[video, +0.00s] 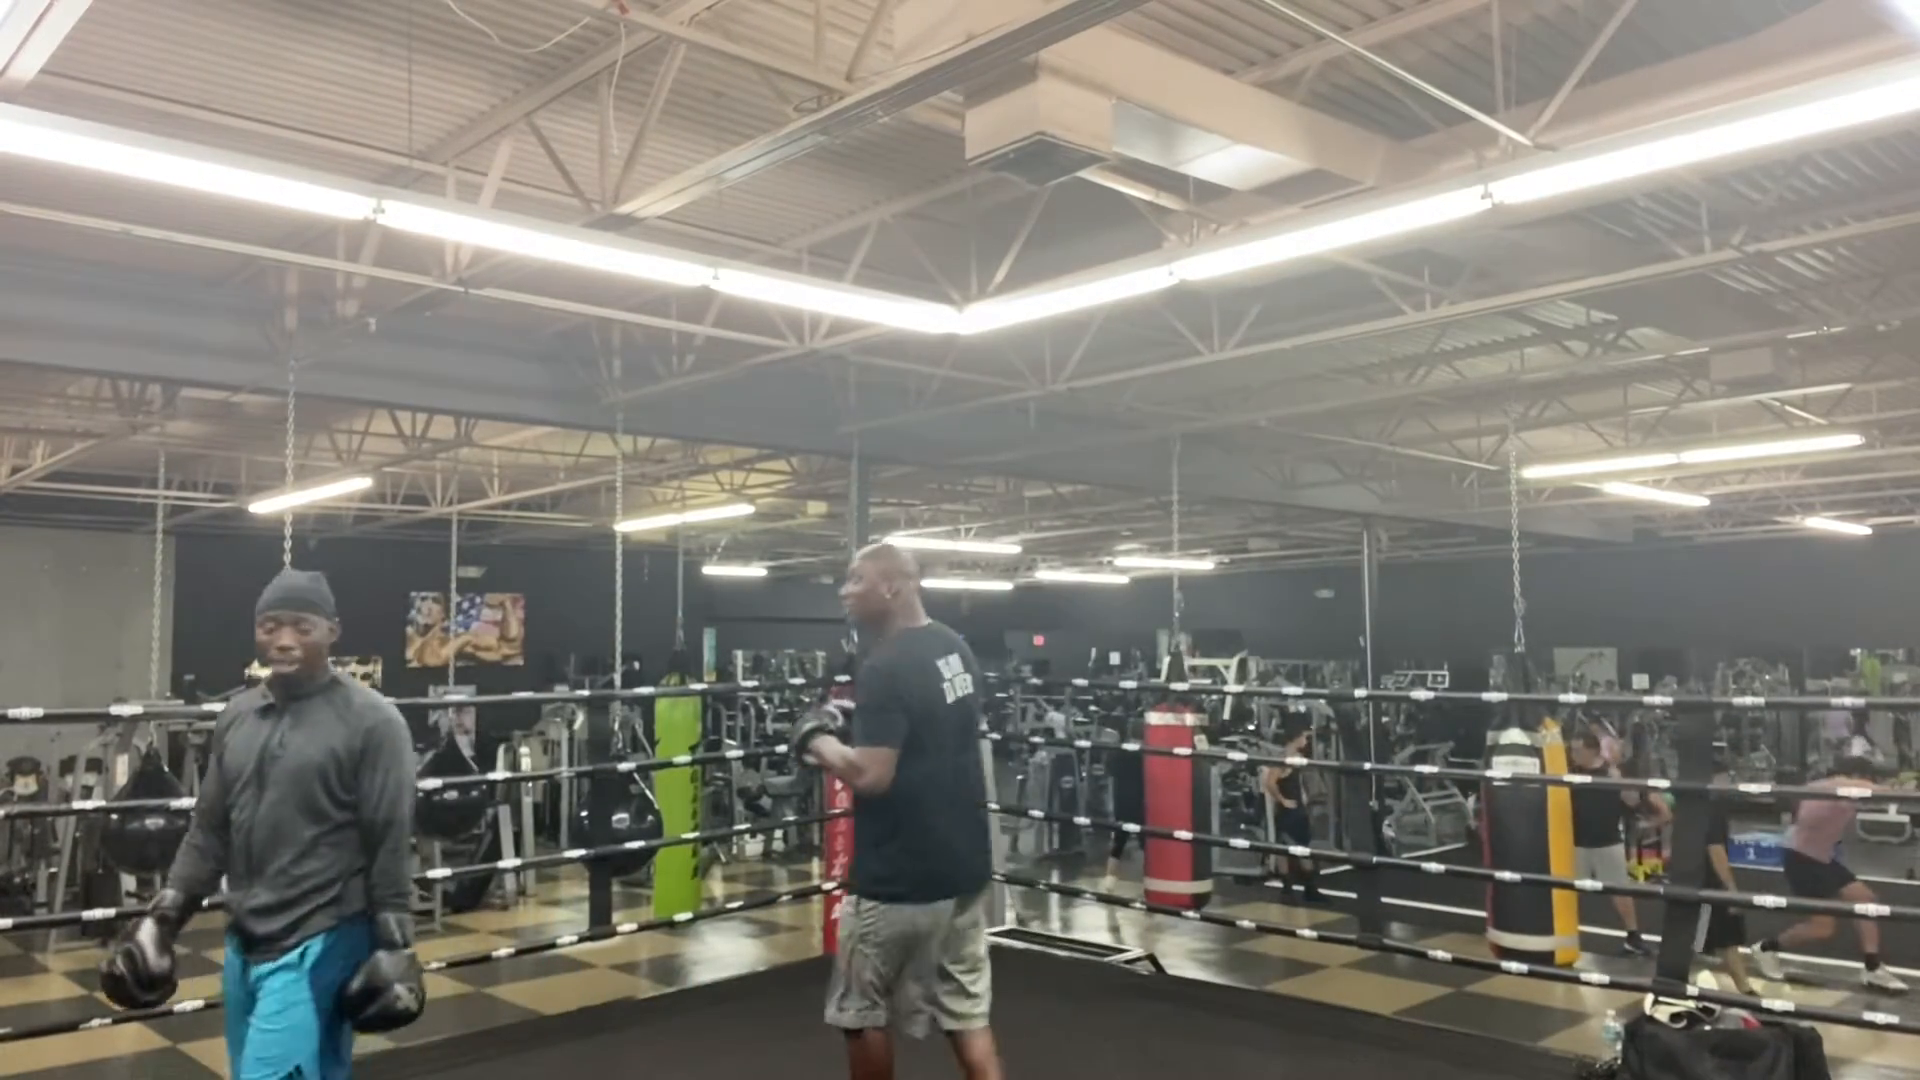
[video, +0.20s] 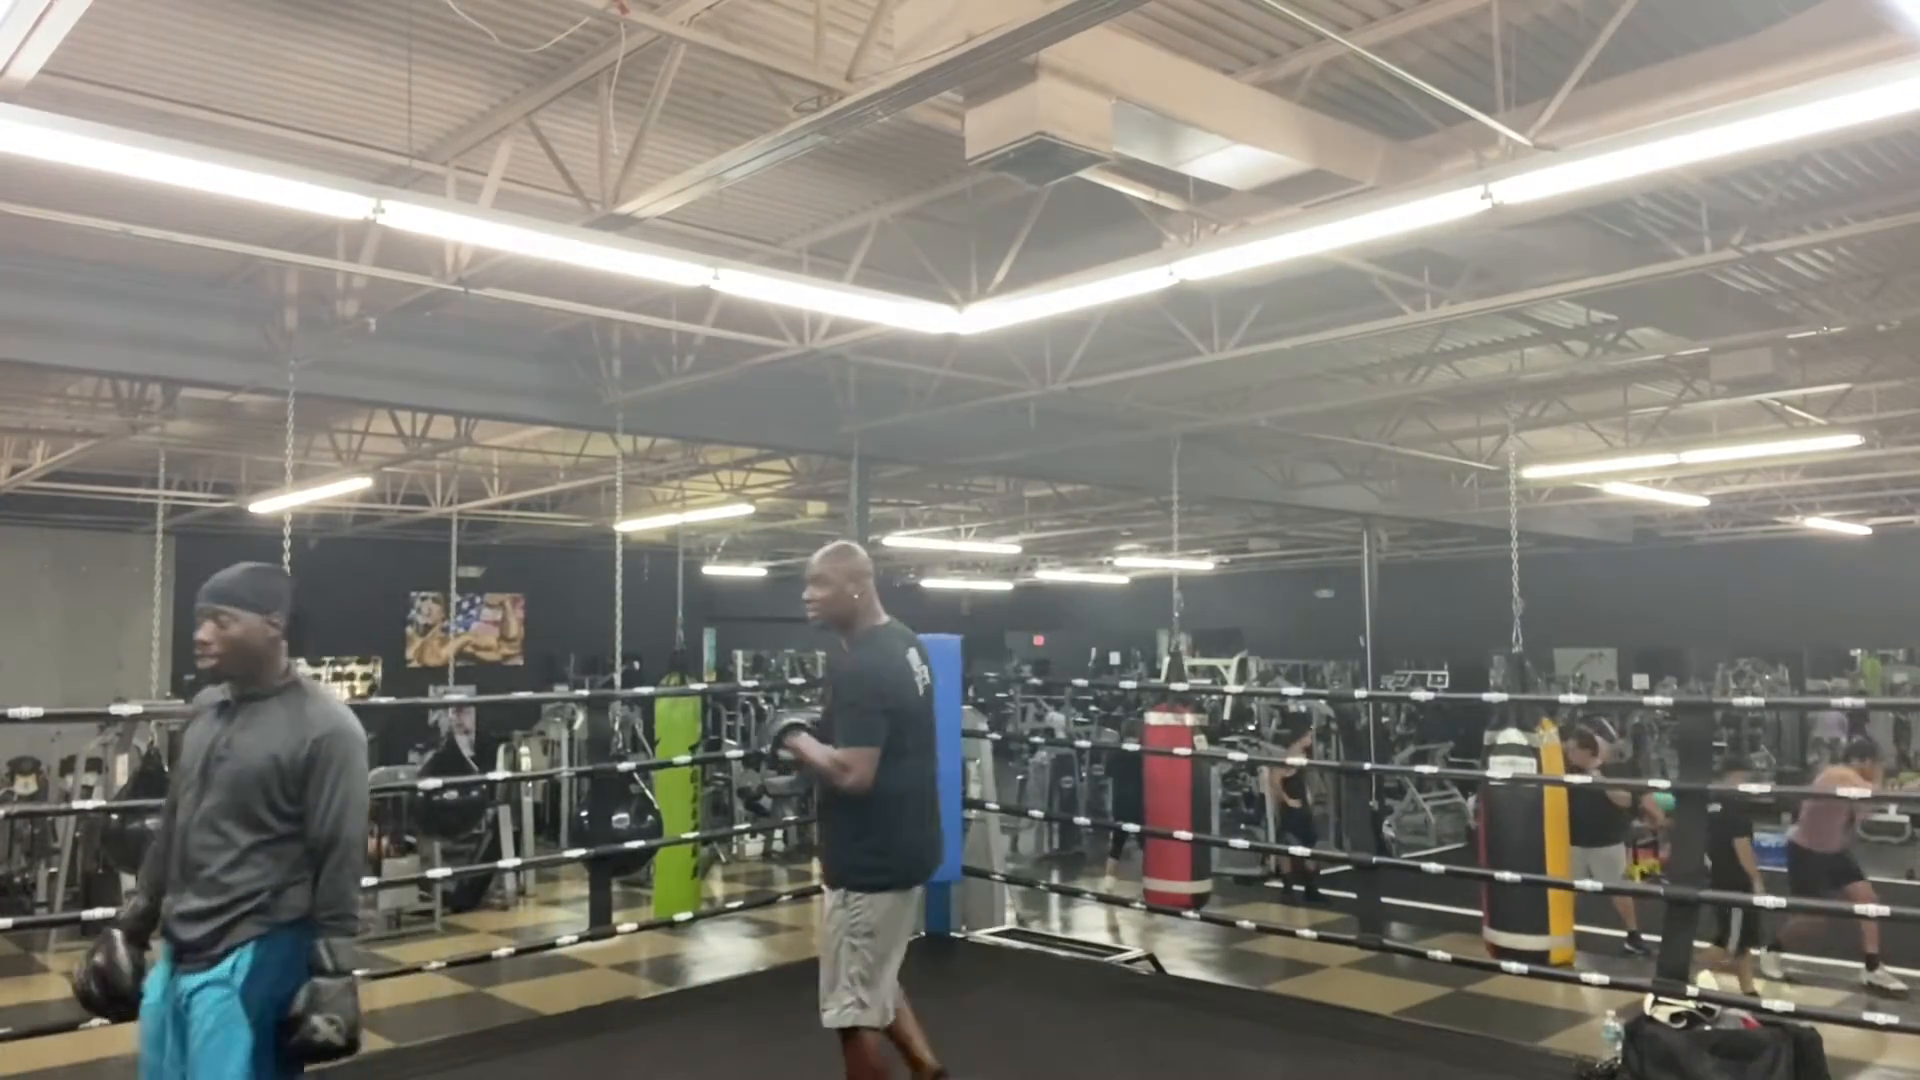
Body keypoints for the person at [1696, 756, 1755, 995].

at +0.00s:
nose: (1729, 784)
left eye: (1728, 778)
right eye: (1724, 778)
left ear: (1709, 780)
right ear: (1713, 779)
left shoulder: (1693, 805)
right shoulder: (1713, 806)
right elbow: (1716, 850)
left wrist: (1728, 888)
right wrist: (1732, 889)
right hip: (1707, 884)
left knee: (1729, 940)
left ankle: (1745, 989)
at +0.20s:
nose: (1744, 783)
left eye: (1744, 778)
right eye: (1742, 777)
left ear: (1725, 777)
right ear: (1734, 777)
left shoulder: (1714, 803)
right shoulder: (1737, 804)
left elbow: (1711, 846)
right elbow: (1742, 846)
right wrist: (1756, 878)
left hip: (1721, 876)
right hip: (1736, 879)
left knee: (1741, 944)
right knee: (1729, 947)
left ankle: (1749, 991)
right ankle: (1686, 964)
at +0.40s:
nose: (1755, 785)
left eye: (1756, 779)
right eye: (1750, 779)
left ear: (1732, 780)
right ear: (1739, 779)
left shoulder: (1722, 806)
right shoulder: (1750, 806)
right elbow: (1757, 845)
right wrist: (1779, 873)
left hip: (1734, 875)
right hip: (1751, 877)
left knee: (1745, 939)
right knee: (1763, 943)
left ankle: (1749, 990)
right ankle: (1722, 973)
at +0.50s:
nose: (1764, 784)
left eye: (1764, 778)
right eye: (1760, 778)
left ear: (1739, 778)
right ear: (1754, 778)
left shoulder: (1730, 804)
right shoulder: (1757, 804)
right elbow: (1765, 844)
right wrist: (1791, 874)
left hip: (1740, 878)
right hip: (1759, 881)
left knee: (1749, 941)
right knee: (1781, 947)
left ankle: (1750, 992)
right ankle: (1752, 985)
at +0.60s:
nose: (1773, 780)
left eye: (1772, 775)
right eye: (1770, 775)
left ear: (1747, 775)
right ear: (1764, 776)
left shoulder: (1737, 801)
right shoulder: (1764, 802)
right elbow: (1771, 846)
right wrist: (1798, 876)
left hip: (1748, 879)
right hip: (1770, 882)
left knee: (1752, 942)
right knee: (1793, 946)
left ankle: (1750, 995)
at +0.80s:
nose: (1804, 790)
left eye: (1802, 783)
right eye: (1801, 784)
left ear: (1778, 782)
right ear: (1794, 784)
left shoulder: (1762, 806)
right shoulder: (1791, 813)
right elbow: (1797, 857)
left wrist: (1806, 871)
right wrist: (1811, 888)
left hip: (1772, 885)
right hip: (1794, 887)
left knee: (1766, 945)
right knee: (1819, 947)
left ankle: (1753, 994)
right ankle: (1830, 1003)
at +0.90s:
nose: (1821, 796)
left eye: (1821, 790)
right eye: (1818, 789)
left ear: (1787, 785)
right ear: (1805, 787)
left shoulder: (1774, 808)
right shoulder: (1802, 814)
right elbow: (1808, 859)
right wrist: (1825, 892)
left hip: (1787, 888)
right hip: (1808, 890)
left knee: (1778, 942)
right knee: (1830, 951)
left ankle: (1757, 989)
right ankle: (1833, 1005)